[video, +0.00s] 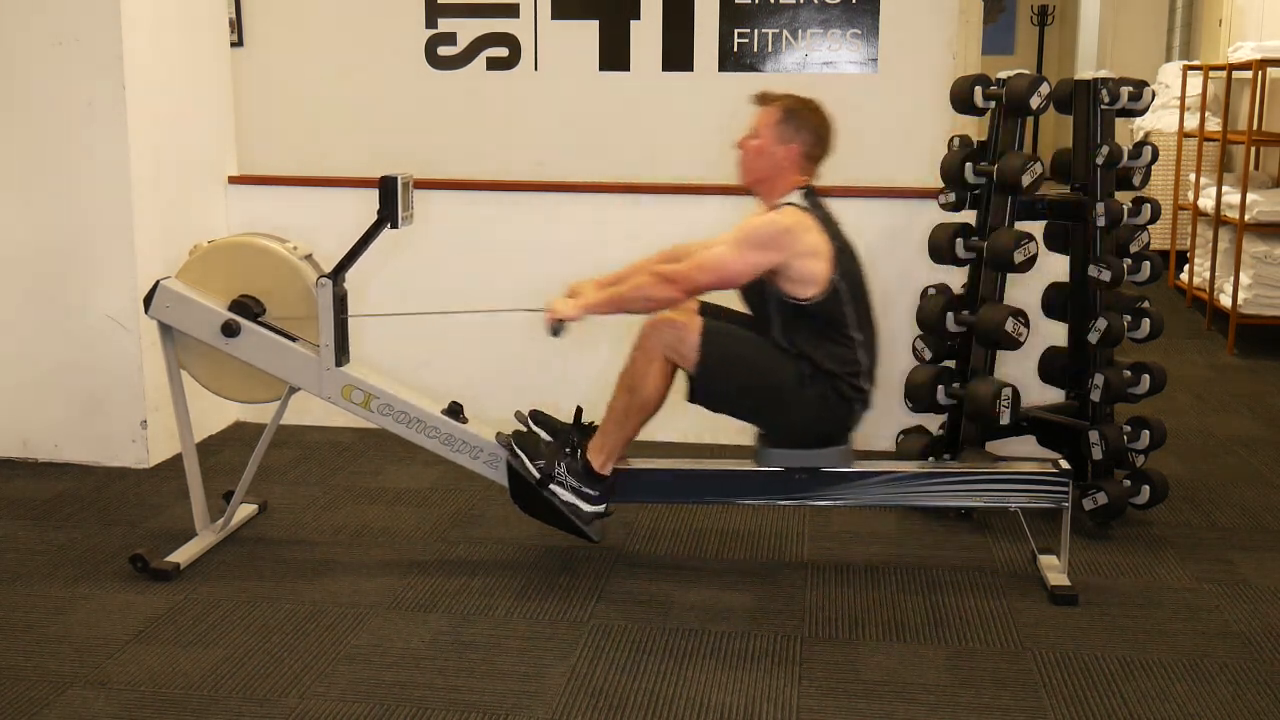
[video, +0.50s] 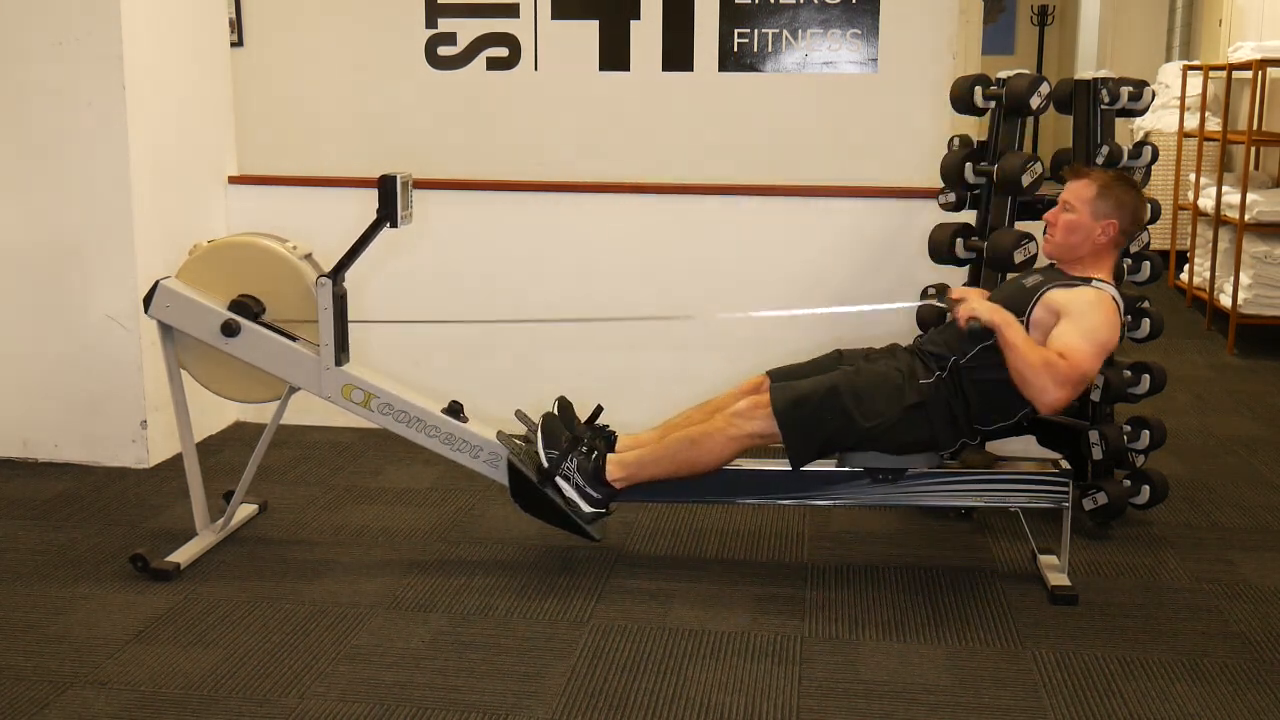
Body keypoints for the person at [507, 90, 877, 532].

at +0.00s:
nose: (741, 144)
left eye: (755, 136)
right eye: (748, 134)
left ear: (791, 152)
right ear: (789, 155)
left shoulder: (787, 226)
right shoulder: (784, 215)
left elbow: (678, 282)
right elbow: (679, 261)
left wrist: (587, 305)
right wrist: (598, 286)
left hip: (820, 400)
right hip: (809, 374)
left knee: (666, 331)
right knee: (675, 315)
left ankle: (593, 471)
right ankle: (600, 447)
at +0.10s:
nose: (822, 140)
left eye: (836, 131)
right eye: (829, 129)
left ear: (872, 149)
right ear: (867, 148)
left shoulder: (865, 223)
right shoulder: (852, 215)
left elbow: (759, 281)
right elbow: (756, 257)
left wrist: (665, 299)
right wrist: (672, 280)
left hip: (870, 399)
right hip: (855, 379)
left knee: (704, 350)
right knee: (702, 338)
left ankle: (595, 473)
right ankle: (602, 452)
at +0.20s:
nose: (913, 139)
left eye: (929, 131)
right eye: (921, 127)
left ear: (966, 149)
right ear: (954, 148)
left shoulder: (953, 228)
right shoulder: (926, 214)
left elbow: (843, 277)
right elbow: (832, 249)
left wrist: (750, 281)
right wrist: (748, 266)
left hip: (905, 393)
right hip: (882, 370)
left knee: (732, 379)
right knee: (727, 363)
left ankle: (596, 483)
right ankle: (601, 454)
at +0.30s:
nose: (986, 161)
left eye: (1002, 152)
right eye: (992, 149)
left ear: (1043, 174)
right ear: (1026, 170)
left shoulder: (1025, 245)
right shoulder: (998, 236)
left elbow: (926, 300)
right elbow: (912, 267)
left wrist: (832, 283)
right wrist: (831, 269)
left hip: (923, 396)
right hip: (902, 370)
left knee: (745, 409)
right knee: (739, 386)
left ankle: (596, 482)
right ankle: (605, 459)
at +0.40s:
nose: (1033, 196)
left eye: (1048, 189)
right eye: (1039, 185)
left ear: (1087, 211)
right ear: (1072, 205)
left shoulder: (1076, 280)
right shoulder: (1042, 261)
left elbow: (999, 340)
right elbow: (974, 292)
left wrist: (915, 294)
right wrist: (914, 280)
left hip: (933, 395)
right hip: (912, 367)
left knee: (762, 421)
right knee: (751, 400)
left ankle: (601, 486)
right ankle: (608, 457)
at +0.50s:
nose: (1050, 218)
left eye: (1066, 210)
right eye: (1057, 205)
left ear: (1105, 232)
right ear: (1090, 227)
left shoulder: (1093, 302)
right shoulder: (1057, 283)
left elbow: (1055, 391)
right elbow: (1016, 345)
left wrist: (998, 317)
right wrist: (975, 305)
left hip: (930, 394)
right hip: (911, 370)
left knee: (757, 418)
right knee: (755, 394)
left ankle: (598, 486)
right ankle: (605, 459)